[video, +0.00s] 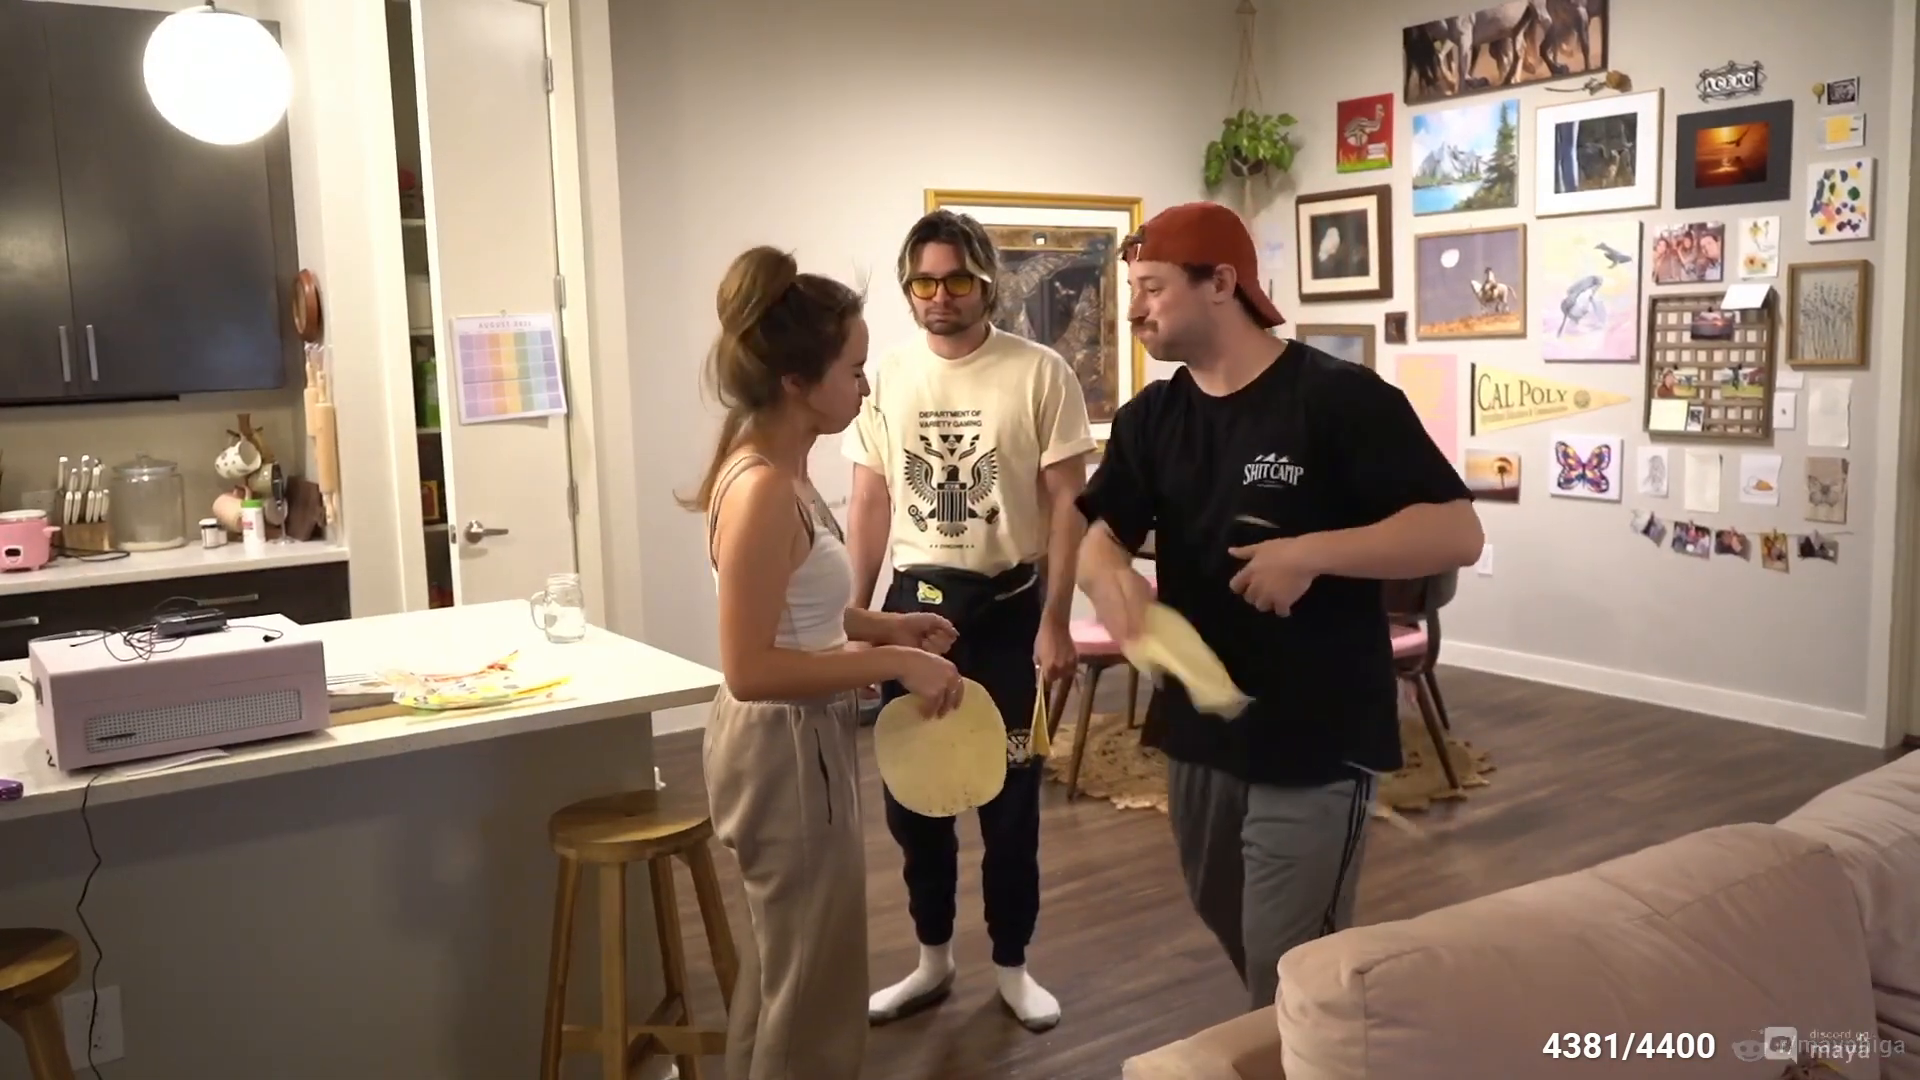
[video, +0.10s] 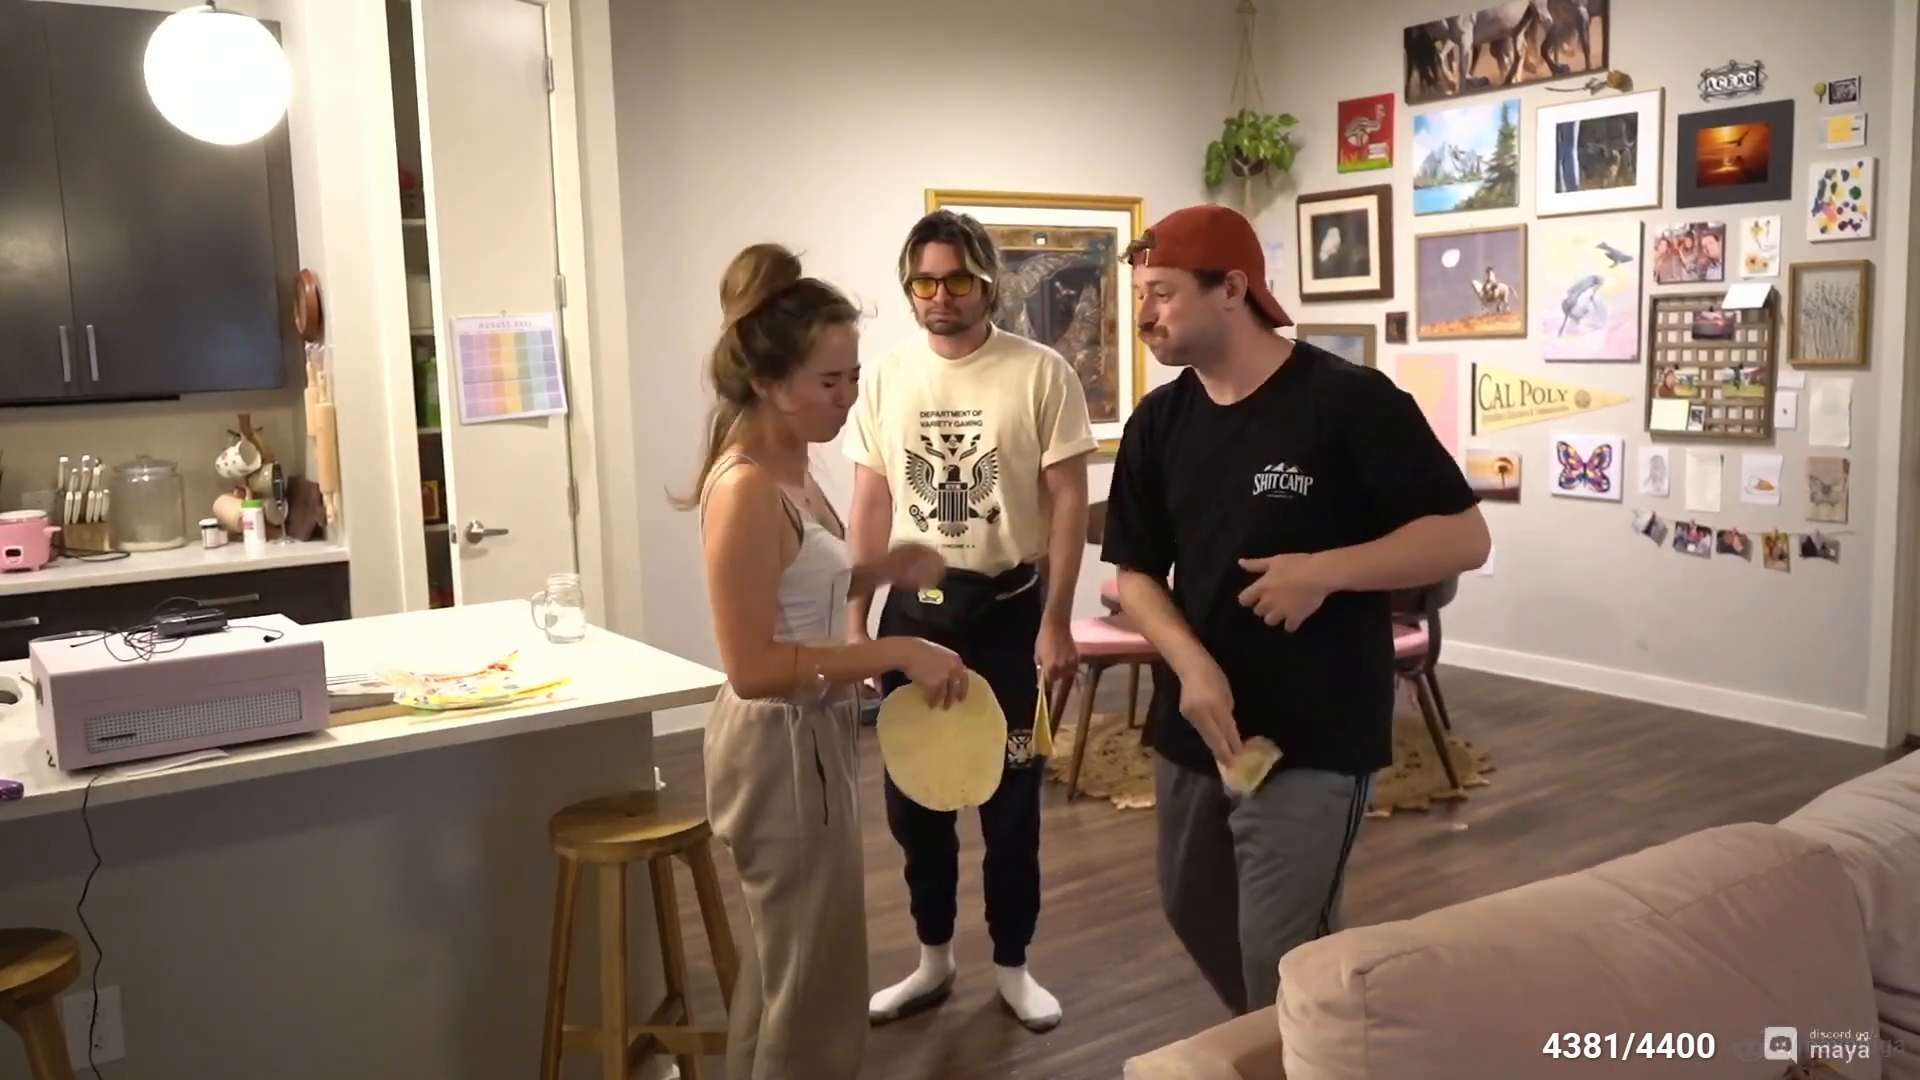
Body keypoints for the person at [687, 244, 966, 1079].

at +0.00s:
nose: (866, 382)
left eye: (864, 365)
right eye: (855, 369)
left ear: (796, 382)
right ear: (797, 382)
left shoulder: (783, 473)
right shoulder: (761, 489)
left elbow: (797, 616)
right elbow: (750, 671)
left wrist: (888, 627)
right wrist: (896, 663)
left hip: (798, 739)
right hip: (782, 751)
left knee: (795, 970)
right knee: (811, 983)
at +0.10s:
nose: (849, 395)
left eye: (853, 376)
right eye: (833, 381)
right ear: (770, 383)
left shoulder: (795, 465)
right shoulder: (745, 486)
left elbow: (802, 591)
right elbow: (753, 668)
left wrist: (885, 564)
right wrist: (898, 652)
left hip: (809, 735)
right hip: (777, 749)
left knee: (806, 970)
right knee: (805, 982)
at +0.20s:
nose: (796, 413)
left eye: (812, 390)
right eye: (774, 394)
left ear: (831, 377)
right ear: (734, 384)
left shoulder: (804, 462)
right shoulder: (723, 479)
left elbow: (883, 555)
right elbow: (749, 649)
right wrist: (895, 623)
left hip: (820, 724)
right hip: (771, 737)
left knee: (837, 971)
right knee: (822, 981)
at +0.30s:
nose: (765, 410)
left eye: (782, 385)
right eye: (742, 392)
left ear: (808, 376)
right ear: (710, 390)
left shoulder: (809, 444)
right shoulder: (707, 476)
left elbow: (881, 564)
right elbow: (726, 645)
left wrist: (815, 452)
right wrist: (869, 618)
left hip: (820, 712)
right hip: (755, 728)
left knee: (841, 948)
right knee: (805, 965)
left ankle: (833, 1065)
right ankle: (803, 1073)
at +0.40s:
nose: (735, 419)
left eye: (752, 393)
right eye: (713, 402)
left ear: (787, 382)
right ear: (687, 402)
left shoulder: (820, 445)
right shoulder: (684, 488)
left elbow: (863, 587)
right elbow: (697, 654)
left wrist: (789, 473)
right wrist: (827, 629)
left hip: (815, 713)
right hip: (730, 727)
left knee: (830, 943)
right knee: (785, 966)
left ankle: (815, 1064)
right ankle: (795, 1070)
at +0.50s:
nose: (704, 431)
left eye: (719, 406)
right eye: (683, 415)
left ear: (768, 395)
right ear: (666, 415)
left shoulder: (816, 462)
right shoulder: (665, 497)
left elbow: (831, 621)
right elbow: (669, 660)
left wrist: (765, 491)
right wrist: (783, 649)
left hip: (817, 731)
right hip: (715, 743)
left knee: (826, 988)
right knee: (774, 1010)